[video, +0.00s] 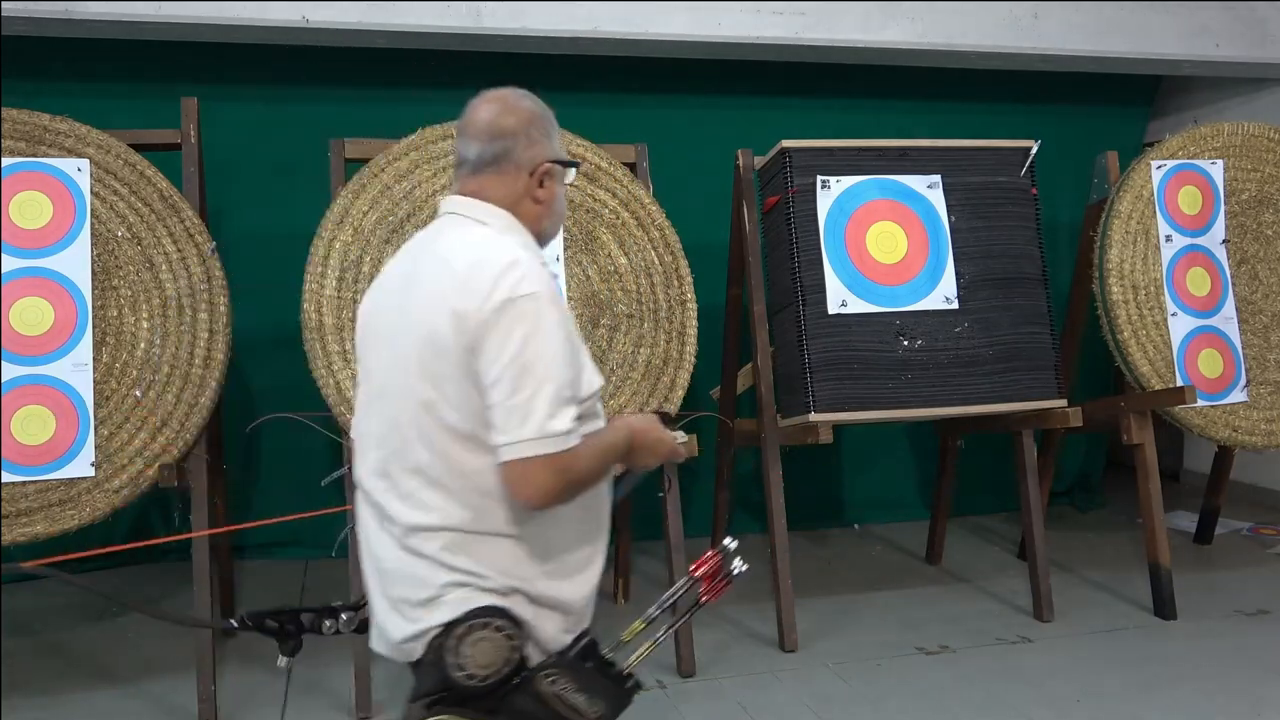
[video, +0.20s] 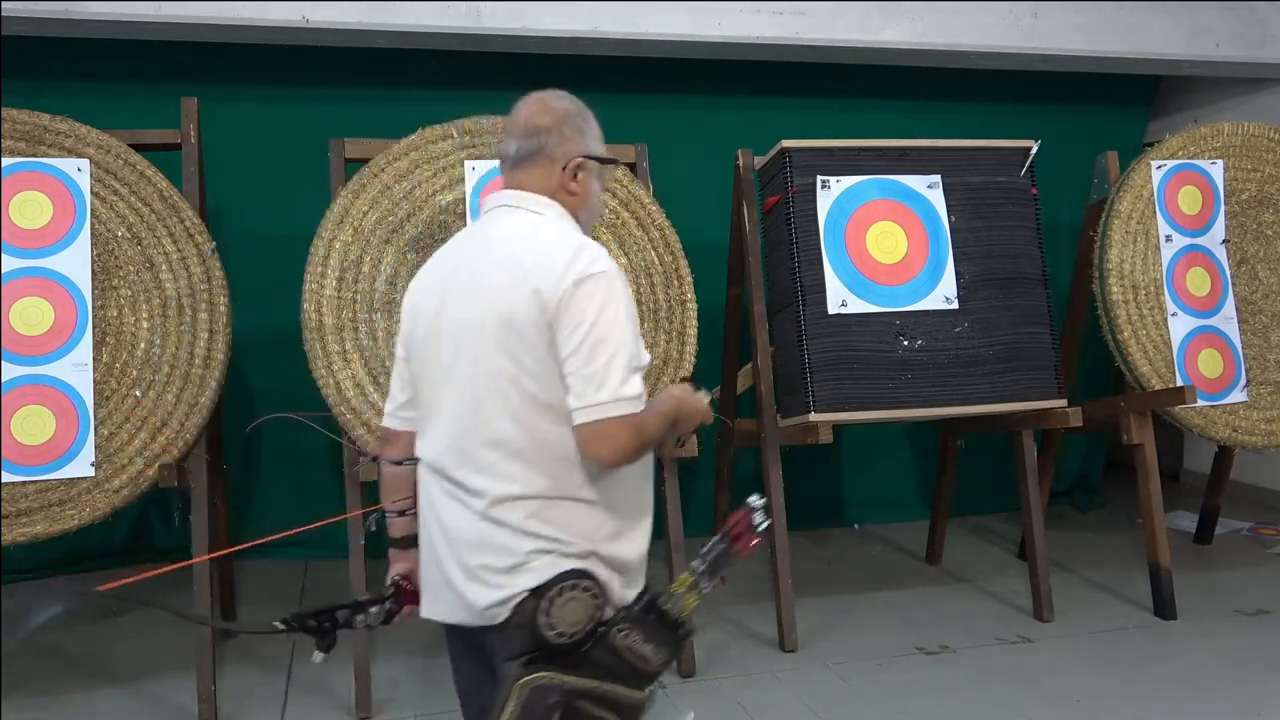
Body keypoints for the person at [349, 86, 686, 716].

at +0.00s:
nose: (563, 196)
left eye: (564, 178)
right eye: (563, 179)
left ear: (463, 173)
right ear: (540, 181)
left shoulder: (405, 267)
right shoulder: (511, 277)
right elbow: (536, 479)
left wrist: (602, 439)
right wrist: (625, 438)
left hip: (417, 608)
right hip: (497, 628)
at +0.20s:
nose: (602, 194)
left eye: (601, 176)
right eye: (600, 175)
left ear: (506, 171)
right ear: (572, 174)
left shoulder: (436, 270)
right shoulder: (577, 266)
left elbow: (400, 436)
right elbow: (609, 441)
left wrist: (403, 543)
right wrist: (672, 409)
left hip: (459, 582)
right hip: (556, 590)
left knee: (488, 711)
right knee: (557, 709)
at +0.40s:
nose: (648, 195)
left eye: (649, 177)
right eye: (645, 176)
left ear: (554, 170)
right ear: (605, 176)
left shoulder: (479, 269)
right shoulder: (614, 260)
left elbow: (449, 443)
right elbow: (637, 428)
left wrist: (484, 533)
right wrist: (699, 403)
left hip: (491, 565)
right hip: (591, 568)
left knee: (526, 709)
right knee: (613, 710)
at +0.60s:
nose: (688, 206)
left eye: (691, 190)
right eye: (690, 189)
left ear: (606, 177)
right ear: (667, 190)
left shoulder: (546, 260)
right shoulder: (654, 267)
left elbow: (533, 409)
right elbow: (664, 429)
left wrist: (688, 398)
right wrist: (733, 415)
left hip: (546, 550)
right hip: (639, 555)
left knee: (552, 705)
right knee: (704, 705)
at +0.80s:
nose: (754, 224)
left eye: (756, 210)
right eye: (755, 211)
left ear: (677, 193)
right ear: (741, 211)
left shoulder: (610, 276)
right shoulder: (715, 288)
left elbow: (606, 424)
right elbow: (715, 444)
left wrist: (749, 408)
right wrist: (789, 430)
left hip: (610, 560)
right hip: (708, 567)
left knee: (593, 705)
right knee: (766, 707)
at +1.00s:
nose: (827, 221)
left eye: (829, 208)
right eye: (829, 209)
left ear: (753, 186)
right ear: (816, 210)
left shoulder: (690, 264)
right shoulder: (789, 289)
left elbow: (690, 396)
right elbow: (791, 442)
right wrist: (860, 416)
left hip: (693, 525)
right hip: (780, 536)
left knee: (689, 673)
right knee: (815, 694)